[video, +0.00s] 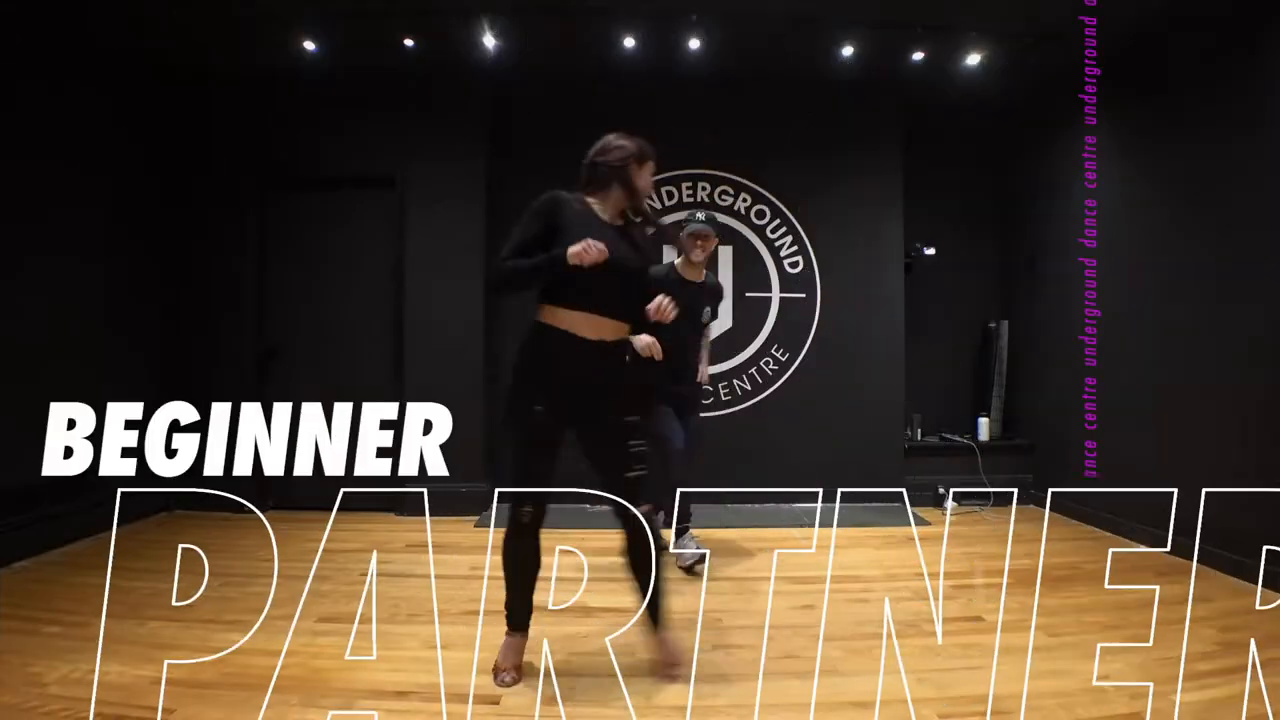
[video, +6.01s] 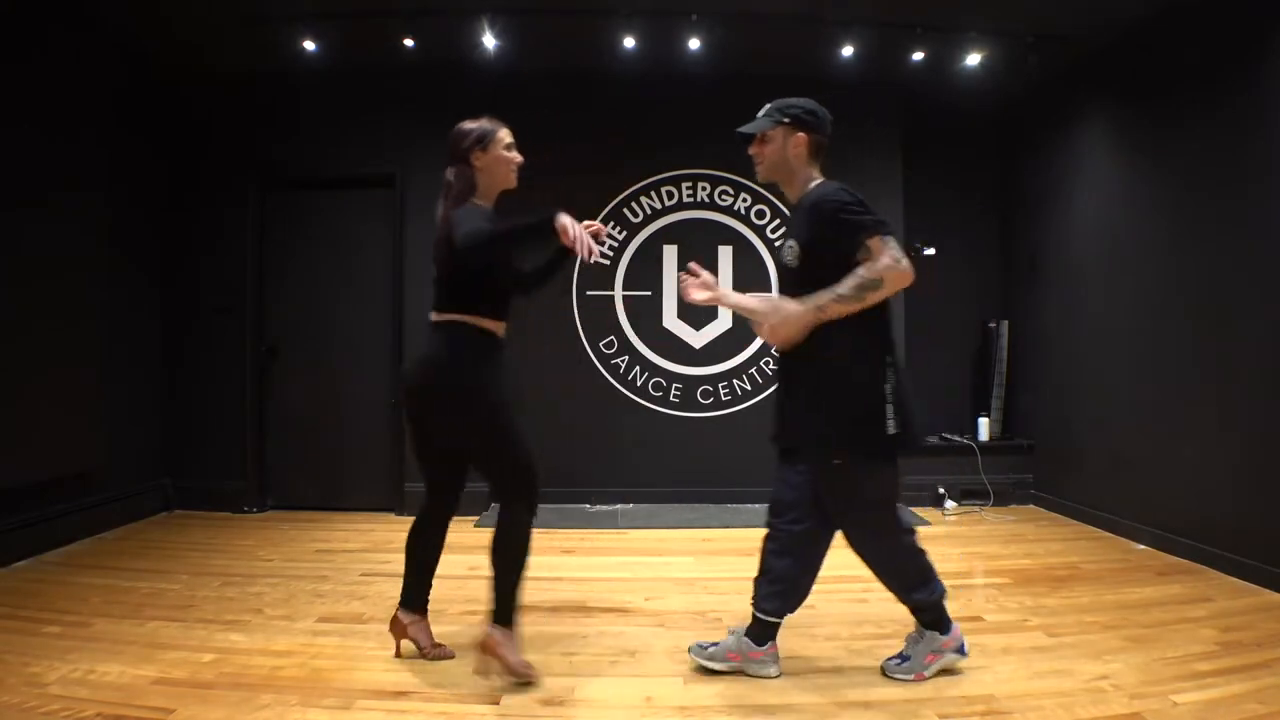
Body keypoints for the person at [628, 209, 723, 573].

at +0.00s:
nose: (702, 245)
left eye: (708, 240)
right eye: (695, 238)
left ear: (714, 245)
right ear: (681, 241)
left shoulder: (712, 289)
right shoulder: (657, 278)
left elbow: (704, 330)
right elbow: (624, 312)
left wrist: (704, 365)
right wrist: (636, 334)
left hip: (687, 378)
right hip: (652, 375)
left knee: (681, 449)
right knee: (674, 445)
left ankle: (648, 509)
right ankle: (681, 534)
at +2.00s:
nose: (785, 199)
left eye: (791, 187)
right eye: (779, 192)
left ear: (818, 175)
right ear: (777, 192)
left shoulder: (861, 233)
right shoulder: (781, 242)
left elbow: (869, 295)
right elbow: (784, 314)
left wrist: (882, 335)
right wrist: (853, 286)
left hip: (866, 381)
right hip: (811, 389)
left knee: (879, 484)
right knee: (823, 494)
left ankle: (886, 599)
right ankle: (836, 590)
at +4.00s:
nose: (756, 186)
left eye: (759, 171)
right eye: (752, 176)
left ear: (790, 155)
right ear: (786, 162)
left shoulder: (854, 209)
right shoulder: (804, 224)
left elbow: (911, 282)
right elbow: (820, 299)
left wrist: (848, 335)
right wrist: (765, 295)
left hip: (830, 388)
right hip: (796, 385)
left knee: (789, 503)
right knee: (790, 505)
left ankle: (853, 620)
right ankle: (826, 615)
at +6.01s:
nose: (753, 151)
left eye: (762, 139)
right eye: (753, 141)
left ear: (797, 139)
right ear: (790, 143)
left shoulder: (831, 202)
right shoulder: (802, 219)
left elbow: (895, 267)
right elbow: (794, 313)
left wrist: (809, 310)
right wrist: (722, 295)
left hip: (851, 403)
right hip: (812, 403)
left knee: (872, 520)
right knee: (793, 522)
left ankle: (939, 631)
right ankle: (758, 639)